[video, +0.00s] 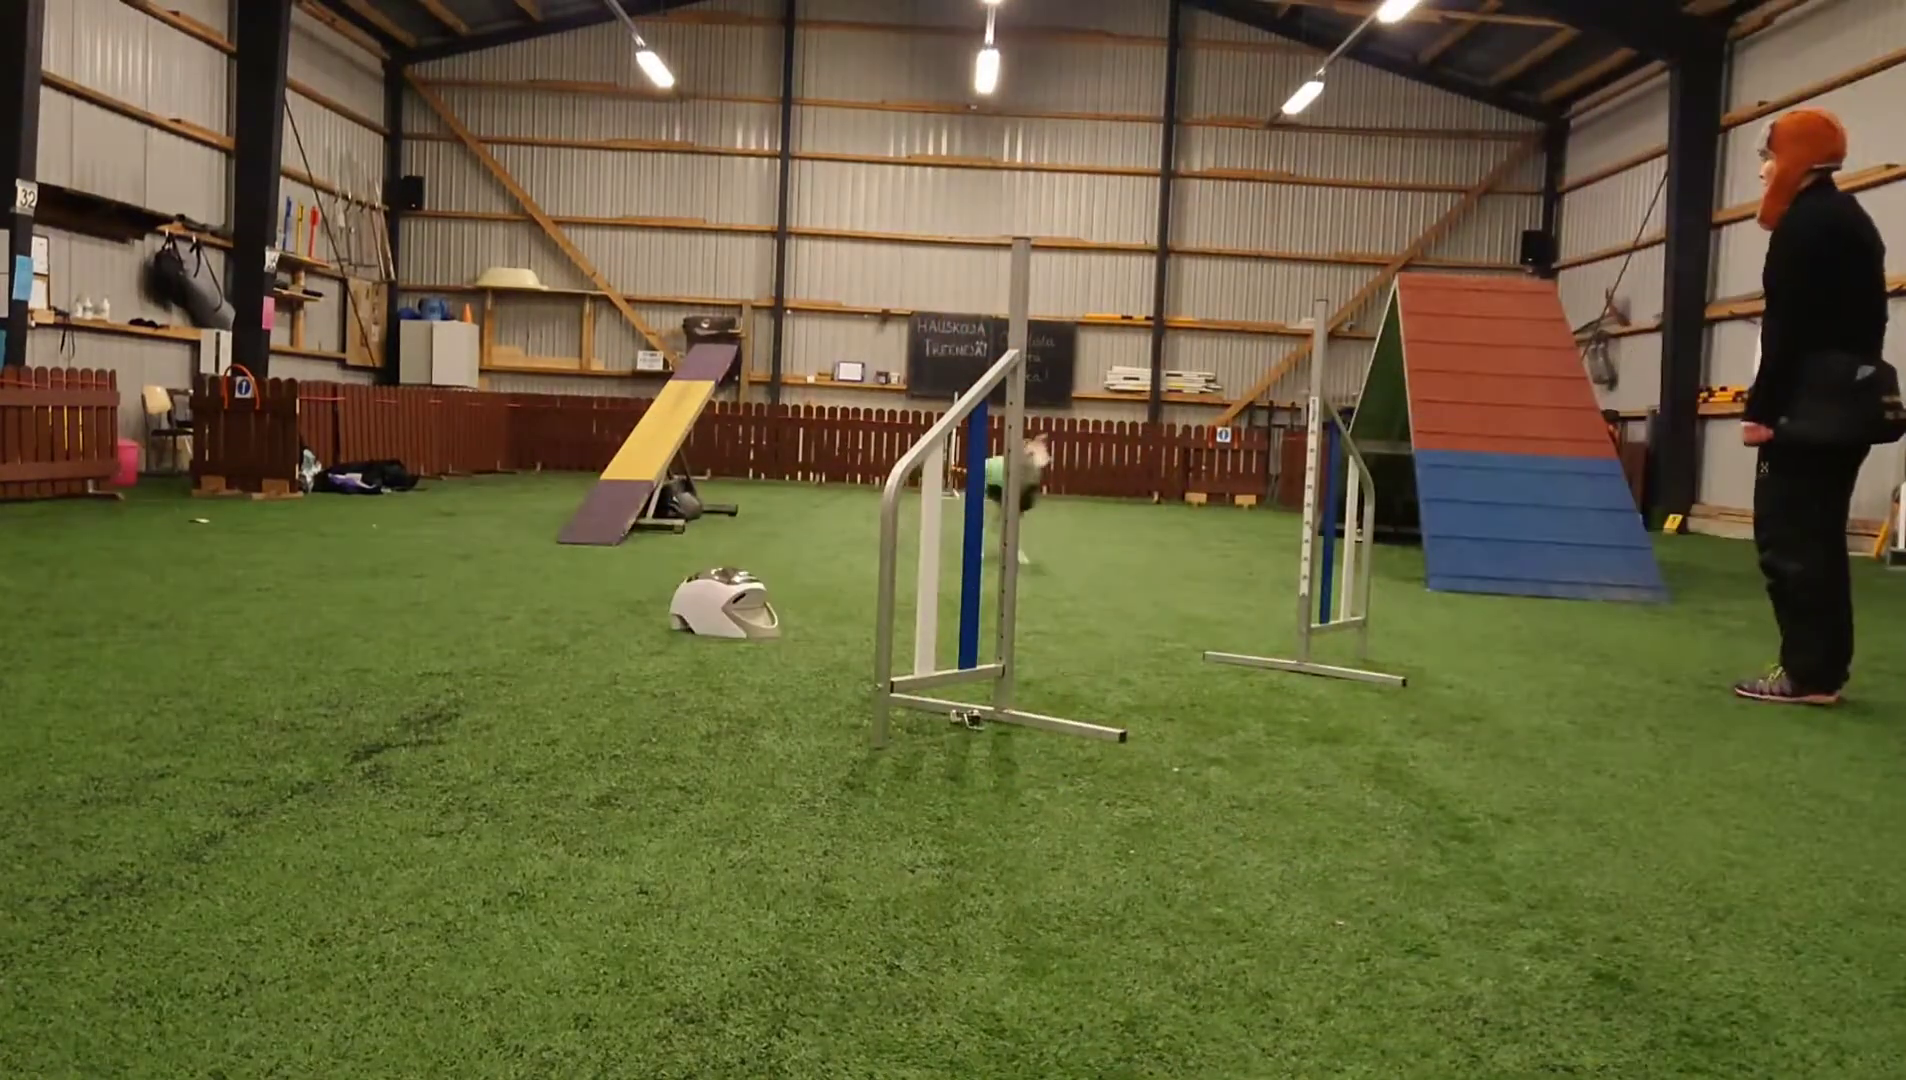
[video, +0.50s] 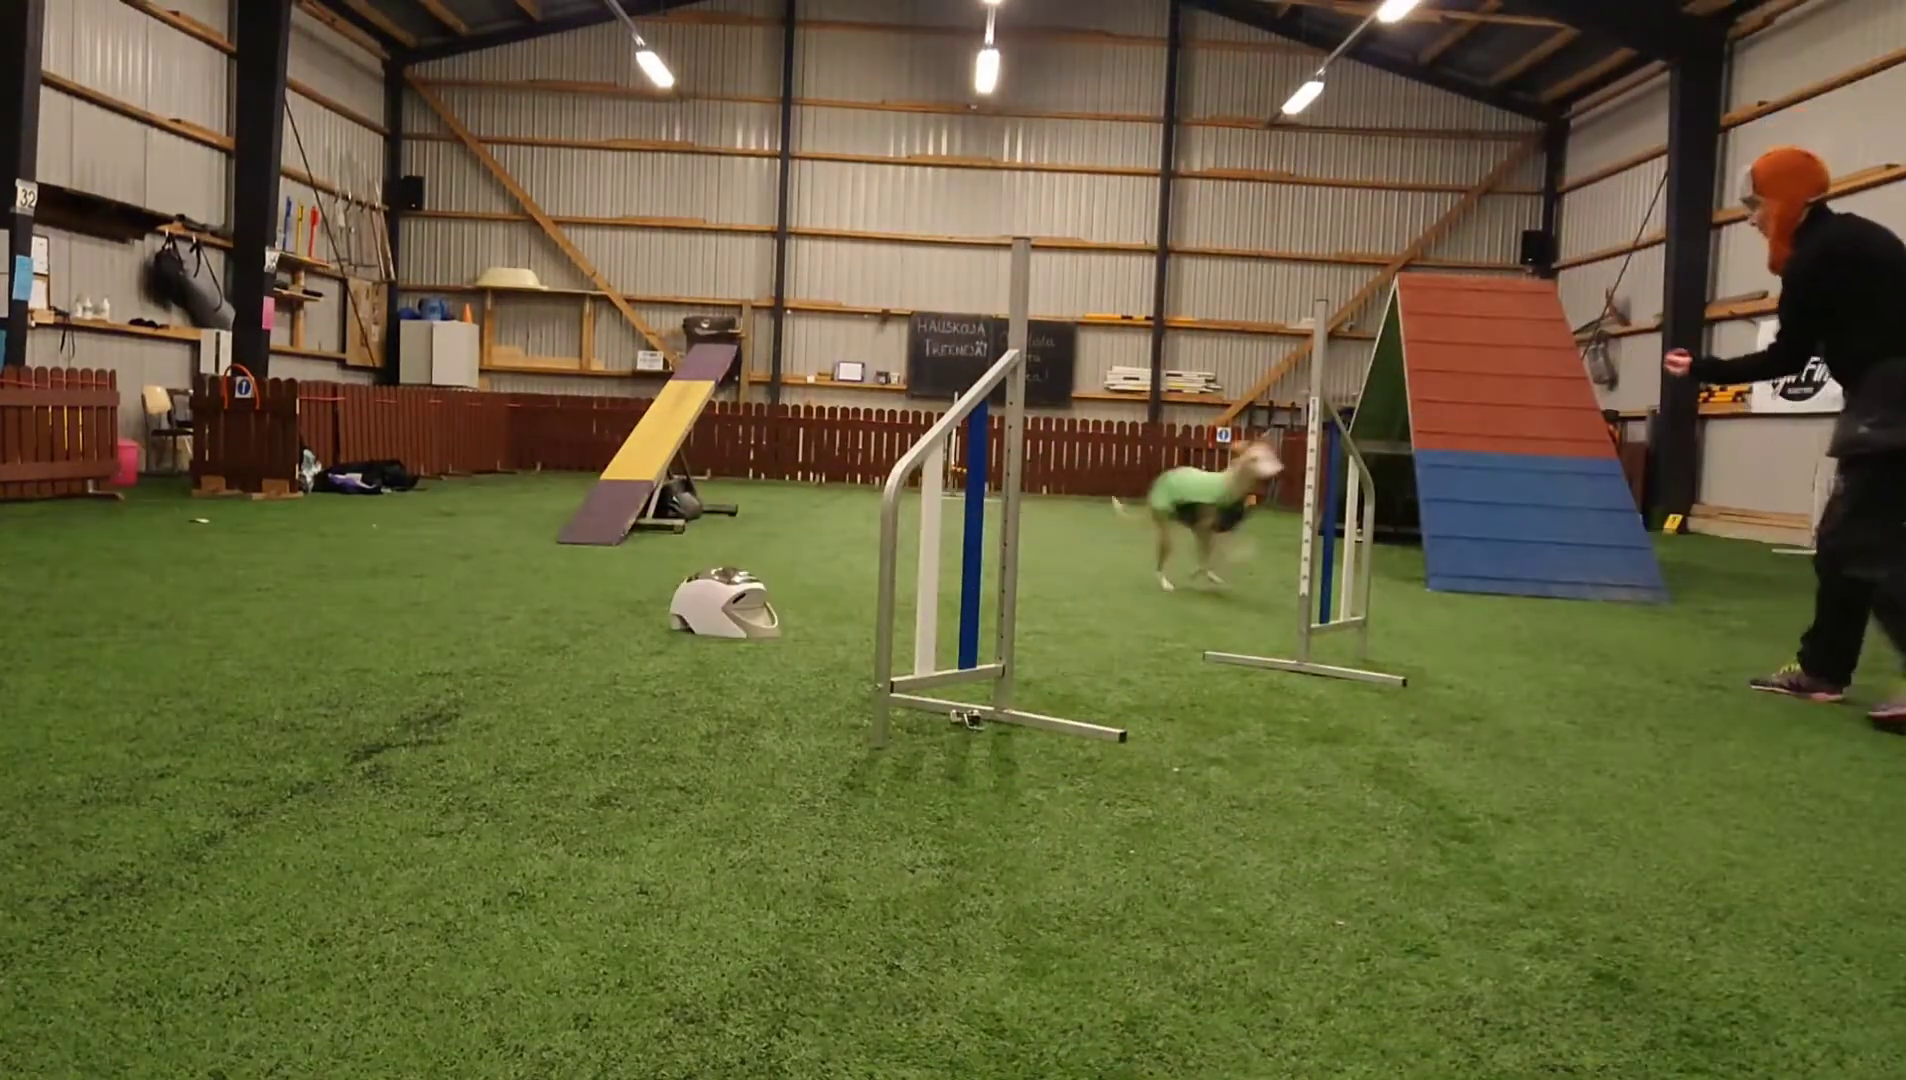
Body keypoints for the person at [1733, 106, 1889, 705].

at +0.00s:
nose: (1764, 166)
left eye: (1771, 155)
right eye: (1766, 154)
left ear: (1798, 161)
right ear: (1820, 161)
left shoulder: (1799, 226)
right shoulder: (1854, 219)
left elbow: (1784, 326)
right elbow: (1870, 322)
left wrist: (1760, 408)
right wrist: (1857, 391)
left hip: (1806, 413)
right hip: (1846, 411)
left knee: (1786, 538)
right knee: (1820, 538)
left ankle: (1807, 673)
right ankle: (1824, 671)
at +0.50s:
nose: (1754, 217)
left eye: (1759, 204)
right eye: (1753, 205)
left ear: (1790, 203)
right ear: (1808, 201)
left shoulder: (1812, 258)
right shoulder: (1865, 235)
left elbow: (1786, 360)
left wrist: (1703, 367)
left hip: (1883, 423)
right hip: (1892, 420)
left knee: (1848, 541)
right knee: (1871, 545)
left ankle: (1823, 672)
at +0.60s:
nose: (1766, 230)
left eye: (1770, 216)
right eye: (1764, 218)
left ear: (1801, 213)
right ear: (1819, 210)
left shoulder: (1829, 268)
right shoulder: (1876, 241)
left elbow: (1807, 374)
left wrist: (1725, 380)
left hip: (1898, 423)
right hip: (1898, 419)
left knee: (1866, 542)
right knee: (1864, 541)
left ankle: (1828, 671)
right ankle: (1828, 670)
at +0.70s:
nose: (1773, 244)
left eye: (1775, 230)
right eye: (1768, 233)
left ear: (1807, 223)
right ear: (1824, 220)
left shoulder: (1844, 276)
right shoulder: (1880, 248)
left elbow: (1841, 380)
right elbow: (1842, 378)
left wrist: (1750, 407)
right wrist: (1758, 404)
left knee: (1887, 547)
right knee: (1885, 545)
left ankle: (1837, 671)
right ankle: (1838, 669)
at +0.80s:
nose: (1775, 260)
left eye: (1777, 245)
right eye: (1771, 247)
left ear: (1809, 239)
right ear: (1818, 236)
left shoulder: (1862, 283)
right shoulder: (1877, 259)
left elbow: (1867, 395)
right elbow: (1867, 394)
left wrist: (1793, 453)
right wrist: (1795, 452)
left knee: (1896, 535)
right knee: (1895, 534)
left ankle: (1900, 679)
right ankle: (1897, 677)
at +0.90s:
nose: (1780, 270)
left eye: (1780, 255)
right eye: (1775, 258)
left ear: (1809, 247)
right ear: (1810, 248)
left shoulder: (1872, 284)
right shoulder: (1883, 256)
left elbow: (1894, 405)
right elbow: (1893, 404)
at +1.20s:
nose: (1774, 280)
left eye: (1777, 265)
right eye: (1770, 268)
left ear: (1811, 257)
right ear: (1815, 257)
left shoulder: (1879, 290)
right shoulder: (1871, 288)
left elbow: (1887, 409)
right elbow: (1884, 408)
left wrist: (1865, 503)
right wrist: (1866, 502)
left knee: (1903, 544)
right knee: (1901, 545)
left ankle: (1904, 701)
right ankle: (1901, 699)